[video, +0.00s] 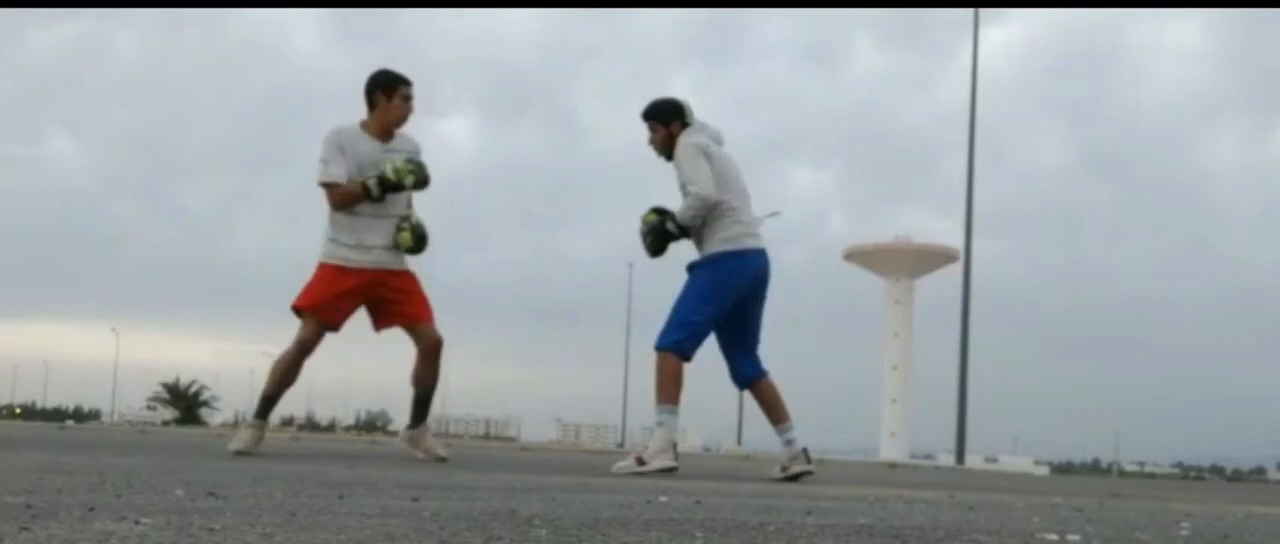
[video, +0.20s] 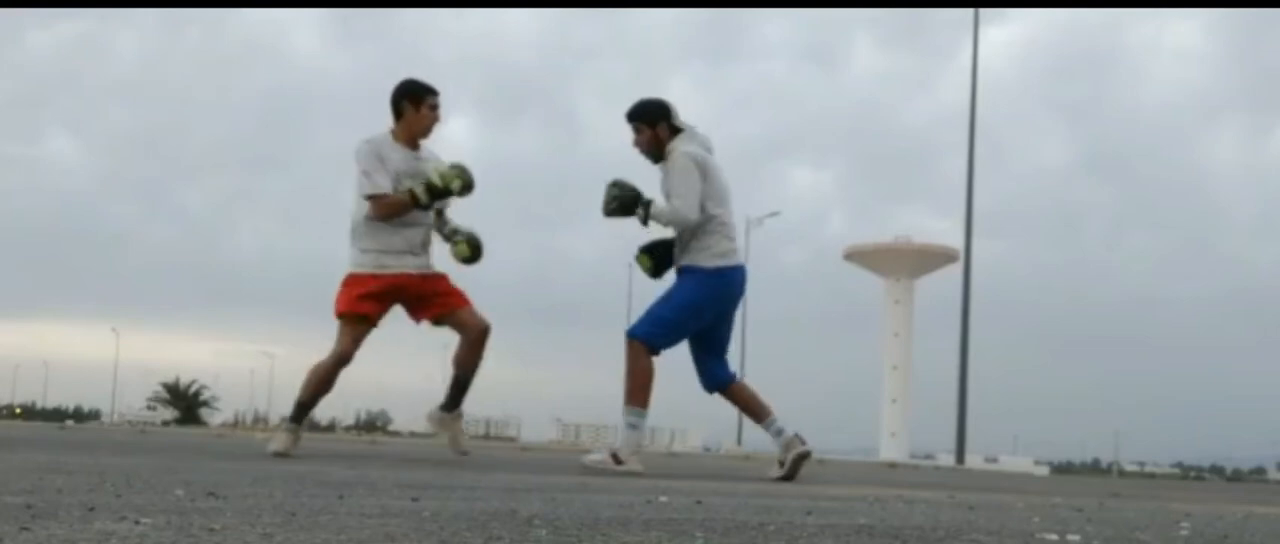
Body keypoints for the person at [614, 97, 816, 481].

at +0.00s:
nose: (650, 142)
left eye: (652, 133)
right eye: (649, 133)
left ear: (671, 127)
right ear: (677, 126)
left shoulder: (688, 147)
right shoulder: (710, 148)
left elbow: (703, 195)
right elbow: (721, 211)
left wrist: (675, 224)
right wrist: (680, 226)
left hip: (725, 261)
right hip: (752, 260)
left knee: (670, 347)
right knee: (746, 364)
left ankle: (661, 447)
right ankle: (794, 452)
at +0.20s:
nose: (635, 144)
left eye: (638, 134)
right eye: (634, 135)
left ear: (659, 130)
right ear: (661, 130)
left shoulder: (682, 157)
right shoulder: (690, 155)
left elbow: (685, 214)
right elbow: (705, 222)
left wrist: (642, 206)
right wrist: (673, 249)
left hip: (707, 274)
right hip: (722, 274)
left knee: (640, 340)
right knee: (716, 375)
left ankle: (628, 450)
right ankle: (787, 443)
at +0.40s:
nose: (643, 178)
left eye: (650, 170)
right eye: (637, 171)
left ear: (661, 160)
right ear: (626, 163)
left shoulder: (678, 197)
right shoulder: (625, 180)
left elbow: (668, 265)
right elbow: (579, 172)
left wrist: (639, 232)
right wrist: (531, 154)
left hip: (706, 277)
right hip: (683, 283)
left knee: (650, 343)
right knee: (715, 379)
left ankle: (617, 450)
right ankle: (803, 430)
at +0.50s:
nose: (659, 210)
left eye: (664, 203)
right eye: (651, 203)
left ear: (672, 191)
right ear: (637, 193)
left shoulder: (687, 216)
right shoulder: (625, 192)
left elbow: (665, 270)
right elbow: (571, 186)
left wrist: (626, 242)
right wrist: (530, 171)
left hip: (706, 283)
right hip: (686, 284)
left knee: (640, 345)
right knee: (706, 384)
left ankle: (616, 453)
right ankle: (801, 408)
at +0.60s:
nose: (671, 204)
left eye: (679, 199)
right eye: (666, 196)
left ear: (695, 190)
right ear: (658, 185)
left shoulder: (706, 219)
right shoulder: (652, 199)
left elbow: (669, 278)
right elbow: (602, 201)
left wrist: (652, 238)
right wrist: (546, 202)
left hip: (708, 296)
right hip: (691, 297)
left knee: (629, 346)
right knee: (685, 402)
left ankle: (614, 451)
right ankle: (780, 410)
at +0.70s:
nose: (720, 181)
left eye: (728, 175)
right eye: (715, 172)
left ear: (739, 172)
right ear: (706, 166)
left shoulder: (741, 208)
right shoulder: (693, 188)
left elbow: (697, 259)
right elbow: (653, 223)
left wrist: (691, 215)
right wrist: (616, 256)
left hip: (718, 297)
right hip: (698, 294)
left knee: (640, 348)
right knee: (683, 400)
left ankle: (614, 450)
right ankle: (771, 434)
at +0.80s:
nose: (760, 168)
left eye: (768, 162)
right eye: (757, 160)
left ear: (782, 162)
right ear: (750, 156)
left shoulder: (780, 201)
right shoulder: (737, 187)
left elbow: (738, 241)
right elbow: (711, 241)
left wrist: (727, 201)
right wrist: (685, 278)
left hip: (739, 291)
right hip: (712, 290)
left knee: (681, 361)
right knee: (709, 391)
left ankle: (637, 442)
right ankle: (782, 445)